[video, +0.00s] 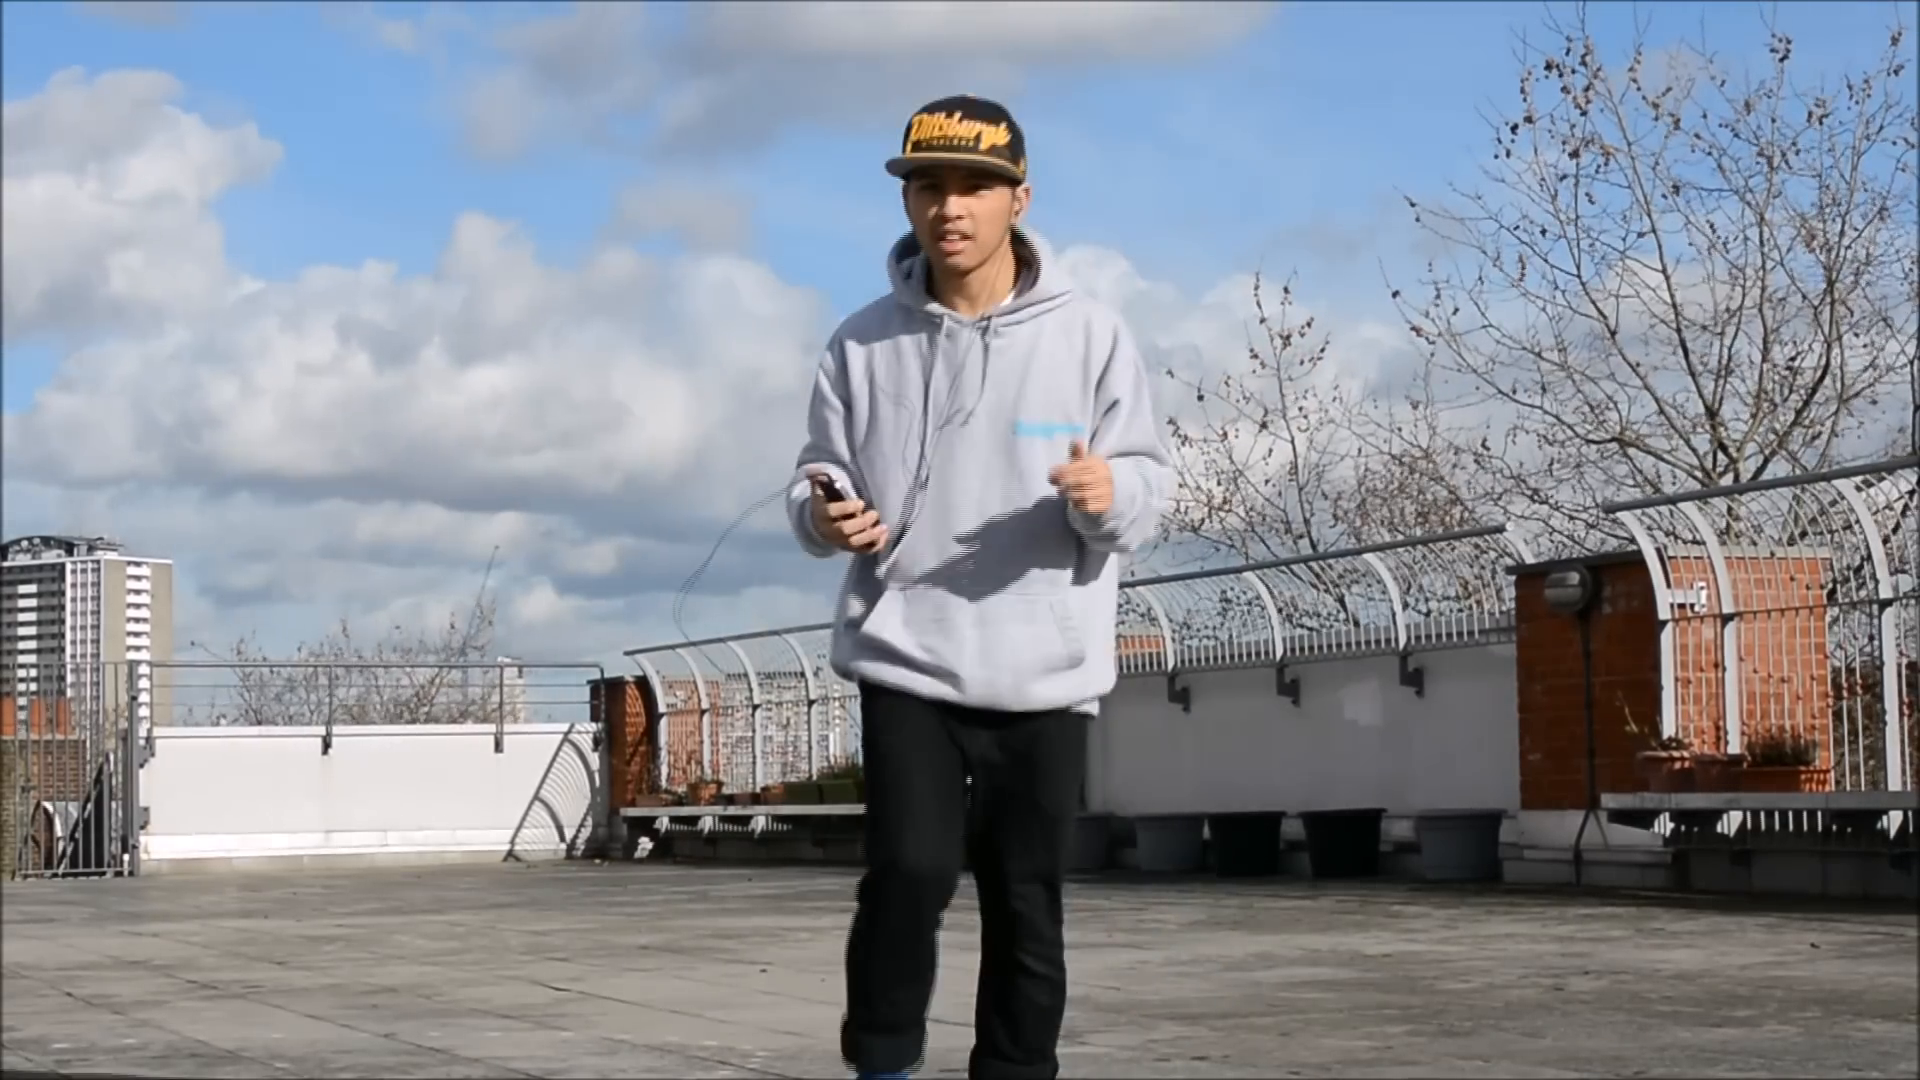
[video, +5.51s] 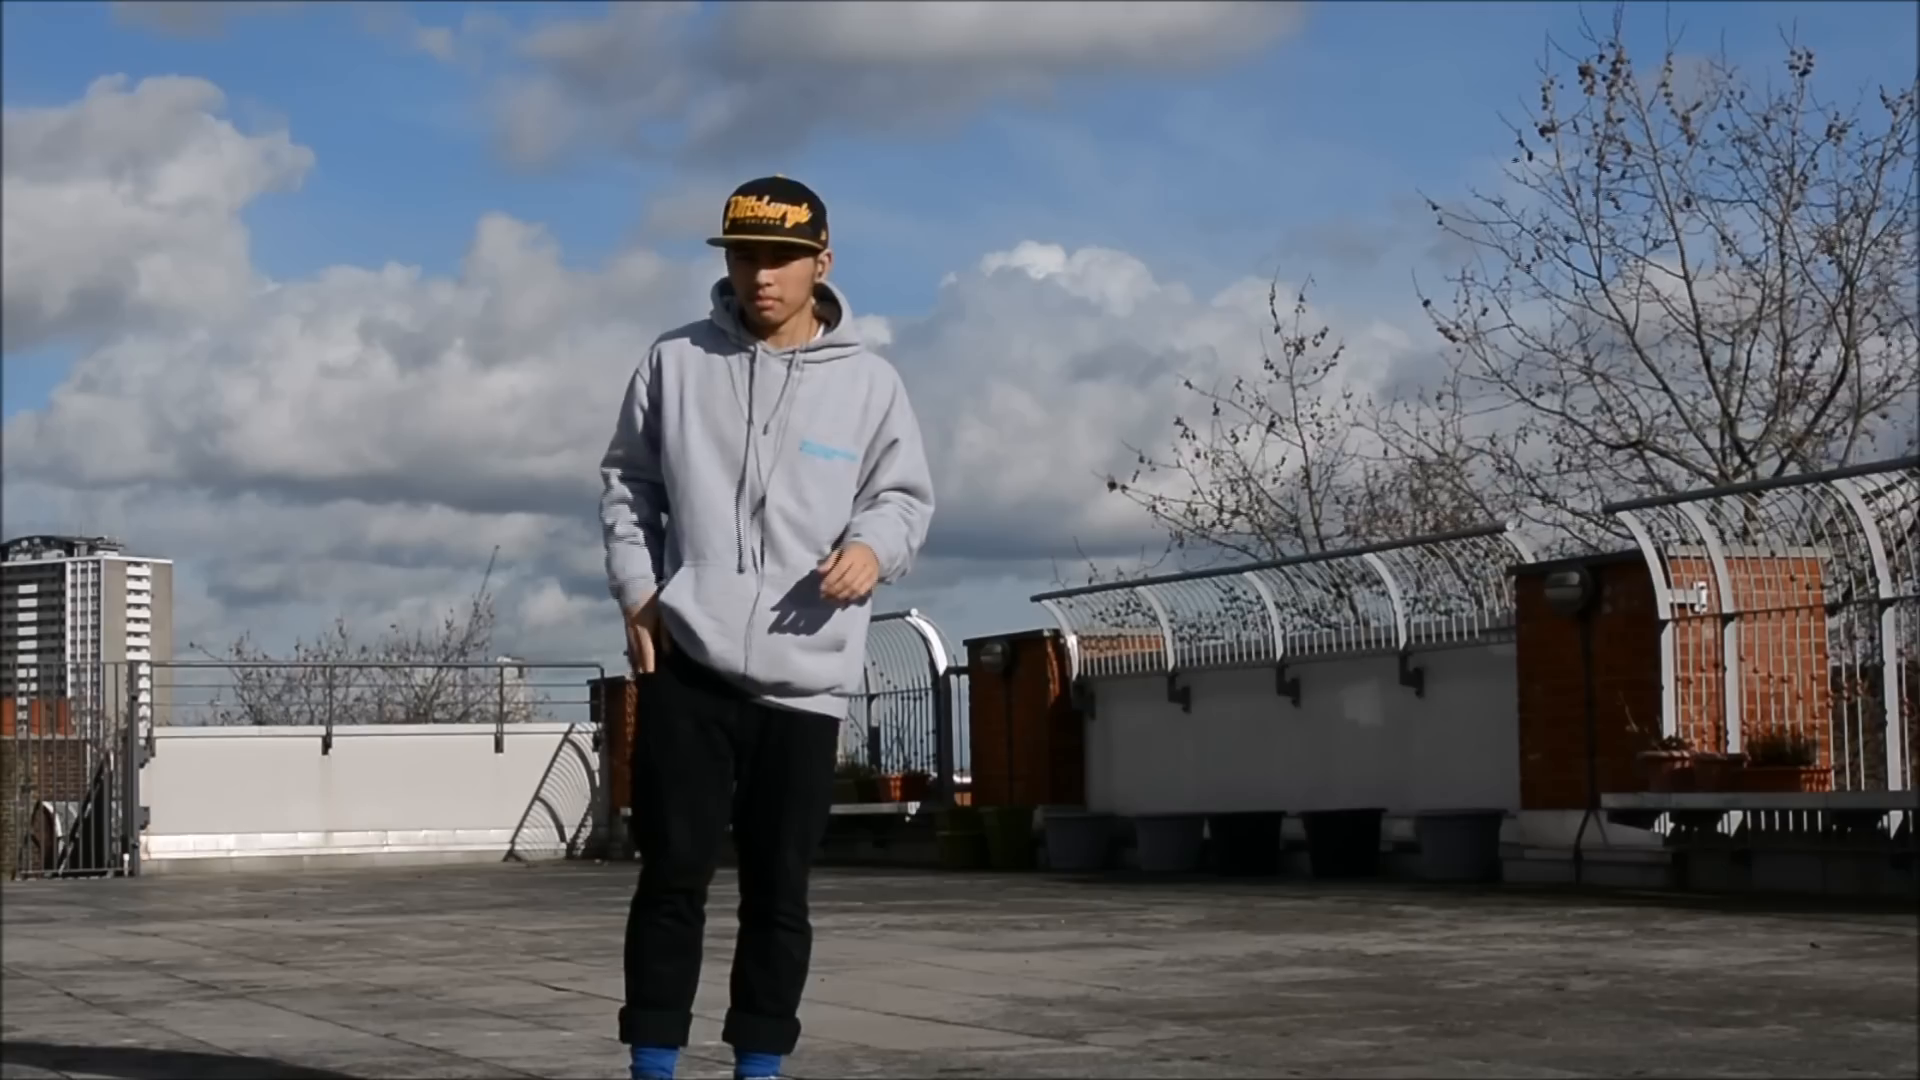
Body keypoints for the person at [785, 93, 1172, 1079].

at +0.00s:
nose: (949, 208)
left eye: (973, 187)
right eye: (930, 187)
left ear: (1017, 200)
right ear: (908, 202)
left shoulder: (1091, 333)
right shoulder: (861, 343)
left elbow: (1149, 475)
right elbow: (813, 492)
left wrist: (1111, 493)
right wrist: (825, 519)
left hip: (1045, 670)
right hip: (906, 663)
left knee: (1028, 903)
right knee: (910, 874)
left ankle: (1017, 1072)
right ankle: (883, 1066)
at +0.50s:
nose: (870, 240)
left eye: (891, 219)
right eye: (852, 221)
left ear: (933, 226)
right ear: (833, 232)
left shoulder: (1002, 340)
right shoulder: (795, 356)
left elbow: (1051, 501)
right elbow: (764, 480)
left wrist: (1011, 404)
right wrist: (785, 509)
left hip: (965, 635)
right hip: (852, 643)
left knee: (935, 849)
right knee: (884, 860)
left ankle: (941, 1060)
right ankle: (929, 1051)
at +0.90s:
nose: (819, 240)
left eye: (839, 220)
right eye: (803, 223)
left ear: (888, 225)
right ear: (789, 234)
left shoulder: (949, 332)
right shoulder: (763, 352)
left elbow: (944, 435)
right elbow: (729, 480)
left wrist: (905, 292)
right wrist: (730, 502)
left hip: (902, 661)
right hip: (783, 655)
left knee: (898, 882)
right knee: (727, 846)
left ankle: (911, 1067)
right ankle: (784, 1034)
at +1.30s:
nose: (699, 288)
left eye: (718, 269)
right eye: (685, 271)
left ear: (772, 254)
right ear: (670, 265)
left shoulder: (832, 346)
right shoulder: (644, 370)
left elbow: (865, 455)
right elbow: (594, 514)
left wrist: (809, 321)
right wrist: (623, 496)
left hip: (810, 661)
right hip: (685, 663)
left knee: (841, 878)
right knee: (680, 884)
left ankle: (892, 1065)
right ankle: (674, 1068)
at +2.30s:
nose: (736, 331)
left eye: (753, 315)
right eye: (719, 316)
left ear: (787, 292)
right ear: (694, 297)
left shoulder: (844, 381)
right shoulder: (649, 385)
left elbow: (885, 522)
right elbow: (611, 519)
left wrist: (843, 449)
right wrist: (676, 502)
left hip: (799, 678)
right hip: (683, 675)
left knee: (780, 882)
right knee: (680, 876)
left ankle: (763, 1061)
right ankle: (668, 1060)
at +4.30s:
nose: (761, 301)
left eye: (779, 285)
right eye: (746, 283)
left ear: (819, 278)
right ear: (726, 277)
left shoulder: (867, 389)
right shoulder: (665, 376)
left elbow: (908, 505)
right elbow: (595, 489)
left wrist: (857, 546)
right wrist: (596, 609)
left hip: (805, 678)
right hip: (684, 669)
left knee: (779, 883)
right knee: (673, 875)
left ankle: (760, 1062)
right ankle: (654, 1061)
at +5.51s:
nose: (761, 276)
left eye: (782, 258)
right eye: (746, 258)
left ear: (819, 264)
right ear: (727, 263)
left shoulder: (870, 380)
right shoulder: (673, 362)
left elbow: (904, 495)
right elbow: (625, 483)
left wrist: (873, 546)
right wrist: (638, 590)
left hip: (805, 672)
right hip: (686, 659)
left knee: (780, 884)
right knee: (673, 872)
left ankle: (762, 1063)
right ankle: (653, 1062)